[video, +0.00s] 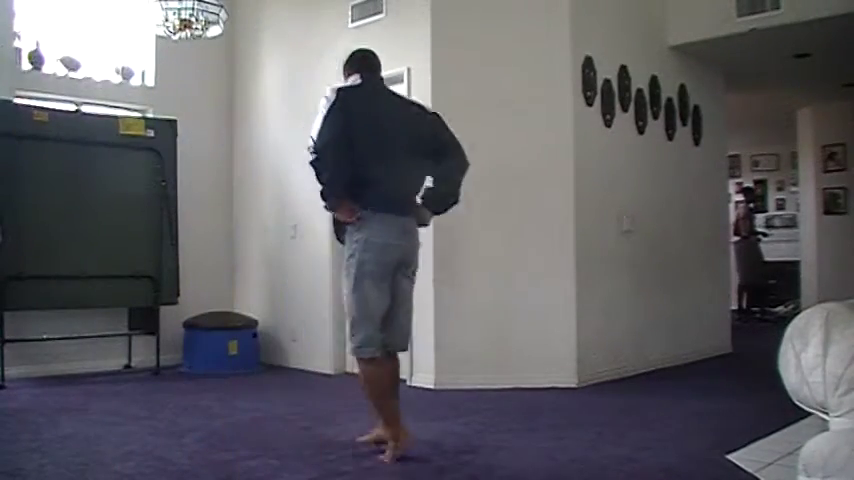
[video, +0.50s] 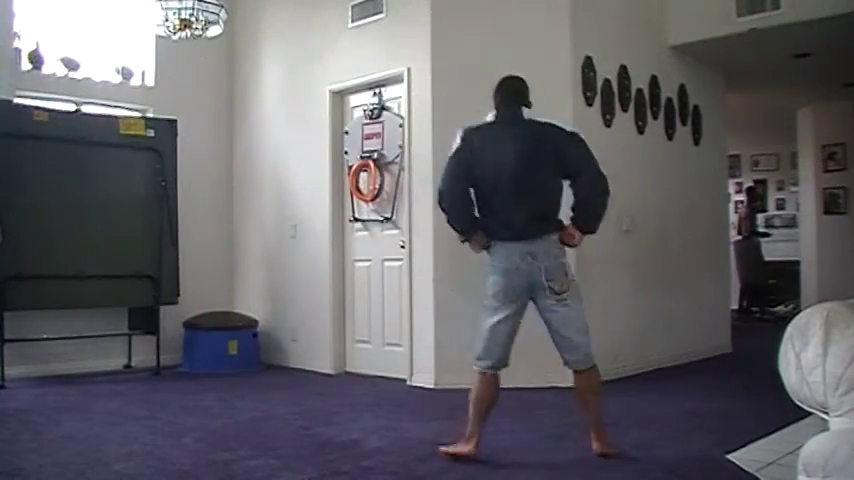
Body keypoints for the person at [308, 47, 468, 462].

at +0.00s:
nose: (346, 85)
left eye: (346, 78)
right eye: (351, 78)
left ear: (349, 75)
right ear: (380, 74)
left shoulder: (345, 101)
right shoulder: (414, 110)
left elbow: (324, 154)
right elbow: (454, 161)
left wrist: (338, 202)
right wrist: (427, 207)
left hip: (369, 227)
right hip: (406, 228)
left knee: (366, 339)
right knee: (390, 337)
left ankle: (396, 434)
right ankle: (386, 424)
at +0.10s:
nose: (369, 106)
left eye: (369, 100)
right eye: (373, 99)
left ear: (372, 100)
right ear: (404, 98)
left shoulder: (364, 133)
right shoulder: (437, 138)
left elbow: (344, 191)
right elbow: (477, 192)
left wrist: (362, 237)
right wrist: (456, 235)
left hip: (390, 259)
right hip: (430, 258)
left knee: (378, 365)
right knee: (424, 355)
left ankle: (412, 443)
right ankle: (454, 427)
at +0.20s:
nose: (402, 101)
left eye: (398, 95)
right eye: (416, 92)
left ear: (397, 97)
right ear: (429, 95)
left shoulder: (387, 141)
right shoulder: (458, 137)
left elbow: (370, 188)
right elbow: (503, 179)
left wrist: (388, 230)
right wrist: (481, 223)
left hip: (415, 257)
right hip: (456, 254)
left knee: (394, 359)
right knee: (466, 345)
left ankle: (415, 444)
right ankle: (502, 423)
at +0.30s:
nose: (438, 84)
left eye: (432, 78)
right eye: (448, 75)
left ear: (428, 80)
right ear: (460, 78)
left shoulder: (414, 120)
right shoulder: (491, 117)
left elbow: (396, 164)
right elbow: (535, 155)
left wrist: (419, 206)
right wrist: (514, 198)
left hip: (444, 234)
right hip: (488, 230)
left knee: (420, 339)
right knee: (515, 330)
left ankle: (417, 435)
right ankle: (539, 412)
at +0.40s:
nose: (474, 84)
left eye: (466, 79)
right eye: (483, 77)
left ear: (460, 82)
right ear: (494, 80)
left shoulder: (444, 119)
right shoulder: (523, 114)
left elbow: (423, 165)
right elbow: (566, 159)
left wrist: (450, 213)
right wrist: (547, 202)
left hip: (473, 233)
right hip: (520, 229)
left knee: (450, 340)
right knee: (554, 331)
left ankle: (437, 433)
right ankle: (578, 418)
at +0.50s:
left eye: (502, 101)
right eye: (520, 101)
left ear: (495, 105)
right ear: (527, 104)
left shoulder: (474, 140)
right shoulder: (556, 138)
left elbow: (450, 193)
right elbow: (594, 185)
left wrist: (473, 232)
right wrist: (579, 228)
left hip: (504, 256)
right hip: (549, 253)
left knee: (488, 358)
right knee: (580, 353)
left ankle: (470, 440)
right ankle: (598, 438)